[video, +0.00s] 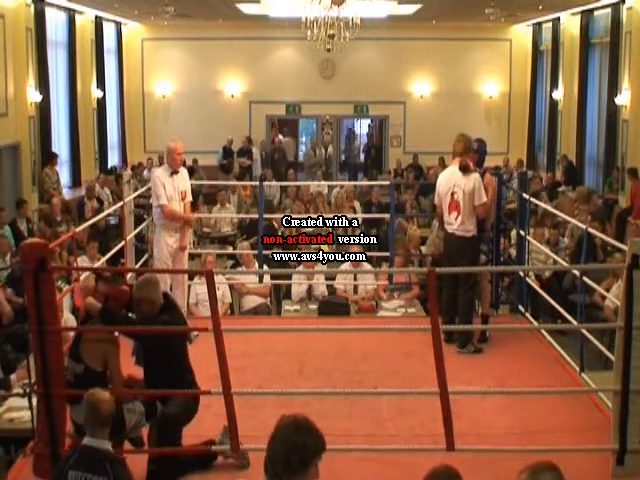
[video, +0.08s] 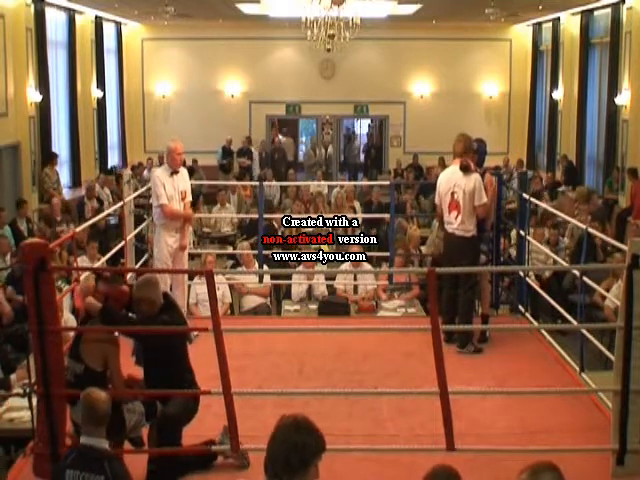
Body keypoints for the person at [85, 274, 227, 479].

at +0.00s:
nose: (141, 307)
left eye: (144, 302)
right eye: (138, 302)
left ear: (153, 301)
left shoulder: (168, 323)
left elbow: (134, 327)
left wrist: (99, 310)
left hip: (183, 394)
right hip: (158, 393)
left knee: (167, 416)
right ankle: (214, 448)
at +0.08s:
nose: (139, 307)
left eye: (142, 302)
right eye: (137, 302)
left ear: (151, 302)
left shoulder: (166, 323)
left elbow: (126, 325)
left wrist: (99, 310)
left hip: (183, 395)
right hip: (160, 395)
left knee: (167, 417)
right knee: (162, 466)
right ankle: (215, 447)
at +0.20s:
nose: (142, 307)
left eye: (145, 303)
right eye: (139, 302)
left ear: (154, 301)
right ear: (137, 300)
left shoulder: (169, 322)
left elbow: (133, 326)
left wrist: (99, 309)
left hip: (183, 393)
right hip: (157, 393)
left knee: (167, 416)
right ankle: (214, 448)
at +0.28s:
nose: (140, 308)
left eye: (143, 303)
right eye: (138, 302)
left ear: (154, 301)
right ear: (137, 300)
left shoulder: (169, 322)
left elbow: (133, 327)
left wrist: (100, 309)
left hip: (183, 393)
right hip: (157, 393)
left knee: (167, 416)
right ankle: (213, 449)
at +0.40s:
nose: (137, 308)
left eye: (141, 303)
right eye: (136, 303)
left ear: (152, 302)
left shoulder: (169, 321)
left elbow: (133, 327)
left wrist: (99, 309)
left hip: (183, 393)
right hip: (157, 392)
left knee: (167, 416)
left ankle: (157, 470)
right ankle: (213, 449)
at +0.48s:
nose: (137, 309)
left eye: (141, 304)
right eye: (135, 304)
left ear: (153, 302)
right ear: (134, 300)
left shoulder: (169, 321)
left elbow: (132, 327)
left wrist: (100, 309)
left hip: (183, 392)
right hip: (157, 392)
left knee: (166, 417)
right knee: (166, 466)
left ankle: (157, 470)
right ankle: (212, 449)